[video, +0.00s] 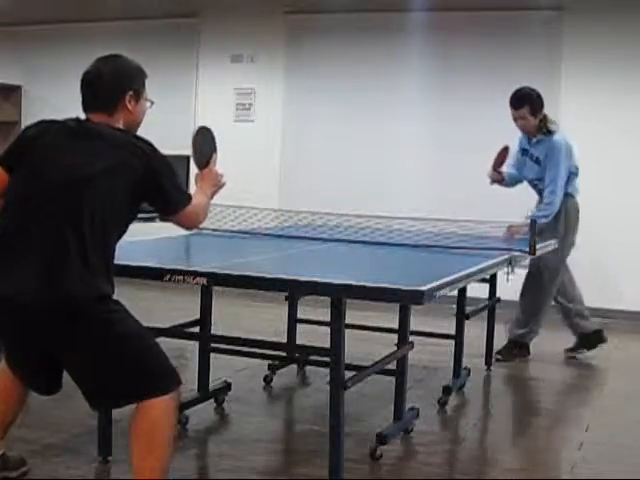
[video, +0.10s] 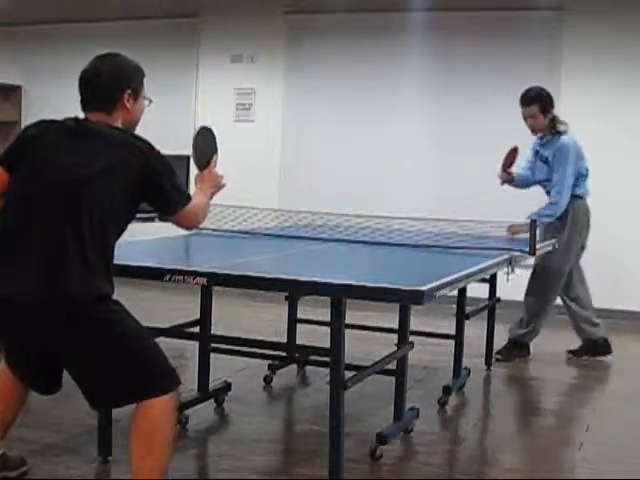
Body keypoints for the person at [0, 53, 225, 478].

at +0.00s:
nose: (144, 111)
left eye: (146, 102)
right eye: (144, 101)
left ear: (88, 98)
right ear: (129, 102)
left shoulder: (38, 134)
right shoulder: (139, 155)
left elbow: (2, 185)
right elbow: (190, 217)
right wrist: (205, 188)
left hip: (12, 288)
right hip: (78, 295)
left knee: (16, 365)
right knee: (160, 389)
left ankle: (0, 453)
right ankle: (148, 473)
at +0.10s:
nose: (143, 109)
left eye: (144, 100)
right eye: (142, 99)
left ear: (87, 97)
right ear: (128, 100)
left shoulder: (38, 134)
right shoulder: (138, 155)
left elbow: (1, 185)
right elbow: (189, 218)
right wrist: (205, 189)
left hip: (11, 288)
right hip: (77, 296)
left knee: (16, 366)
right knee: (159, 390)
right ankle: (147, 473)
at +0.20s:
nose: (142, 108)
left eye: (143, 99)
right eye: (141, 98)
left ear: (86, 96)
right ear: (127, 99)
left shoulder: (37, 133)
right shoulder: (137, 154)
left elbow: (1, 184)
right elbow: (189, 218)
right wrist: (206, 190)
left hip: (11, 288)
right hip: (77, 297)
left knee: (16, 364)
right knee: (159, 390)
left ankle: (0, 453)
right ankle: (147, 473)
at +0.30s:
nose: (143, 106)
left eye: (144, 97)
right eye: (142, 97)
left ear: (86, 96)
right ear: (128, 97)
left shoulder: (36, 134)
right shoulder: (136, 153)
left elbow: (1, 183)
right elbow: (190, 217)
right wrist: (208, 189)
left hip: (10, 288)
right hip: (76, 296)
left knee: (17, 366)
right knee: (159, 389)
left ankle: (1, 456)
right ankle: (147, 474)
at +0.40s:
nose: (145, 107)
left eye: (145, 98)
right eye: (144, 97)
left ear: (88, 96)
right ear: (129, 98)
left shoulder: (37, 134)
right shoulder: (137, 154)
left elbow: (0, 182)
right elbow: (191, 216)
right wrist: (209, 188)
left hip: (10, 289)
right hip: (77, 297)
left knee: (18, 366)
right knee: (159, 390)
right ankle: (146, 474)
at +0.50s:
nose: (147, 107)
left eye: (148, 98)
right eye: (146, 97)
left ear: (89, 96)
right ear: (130, 98)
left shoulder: (39, 134)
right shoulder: (139, 154)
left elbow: (1, 183)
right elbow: (192, 217)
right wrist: (211, 189)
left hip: (10, 288)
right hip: (75, 296)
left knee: (17, 366)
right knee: (159, 389)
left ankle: (0, 455)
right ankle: (147, 473)